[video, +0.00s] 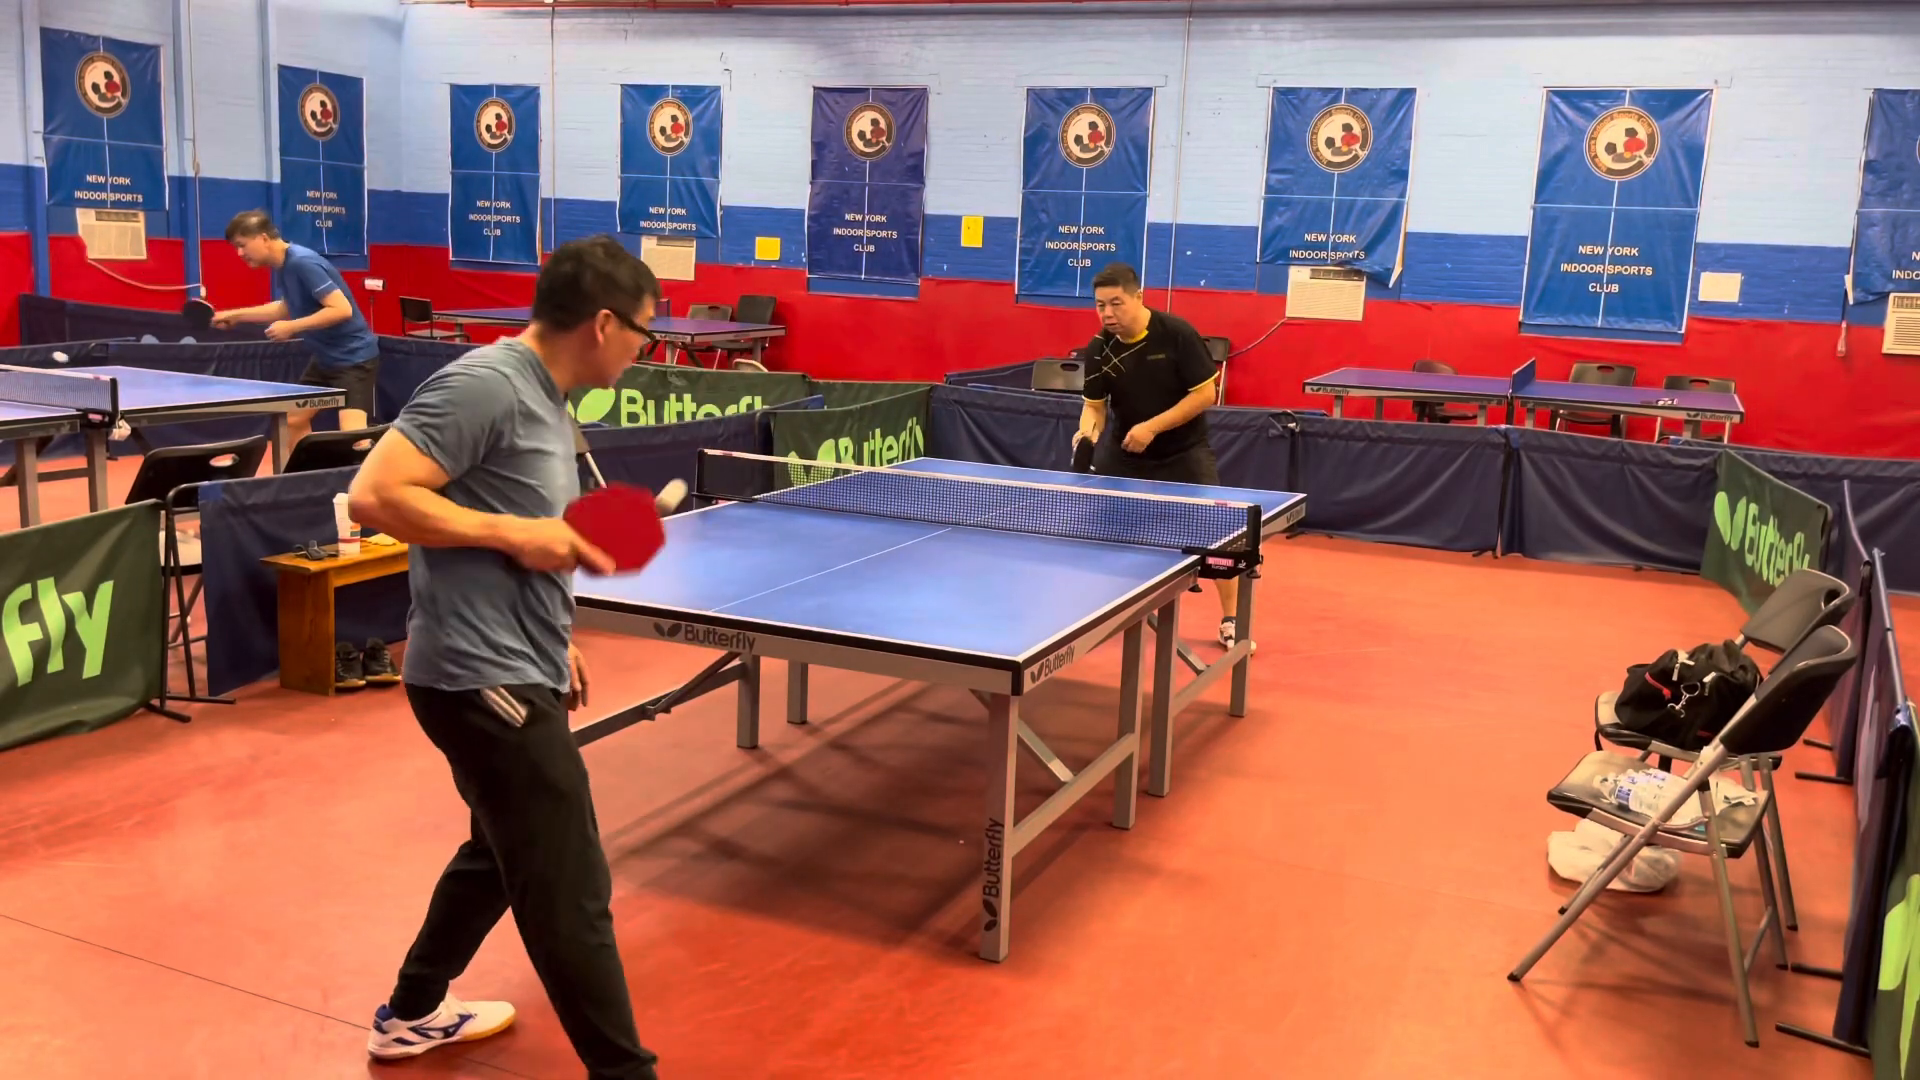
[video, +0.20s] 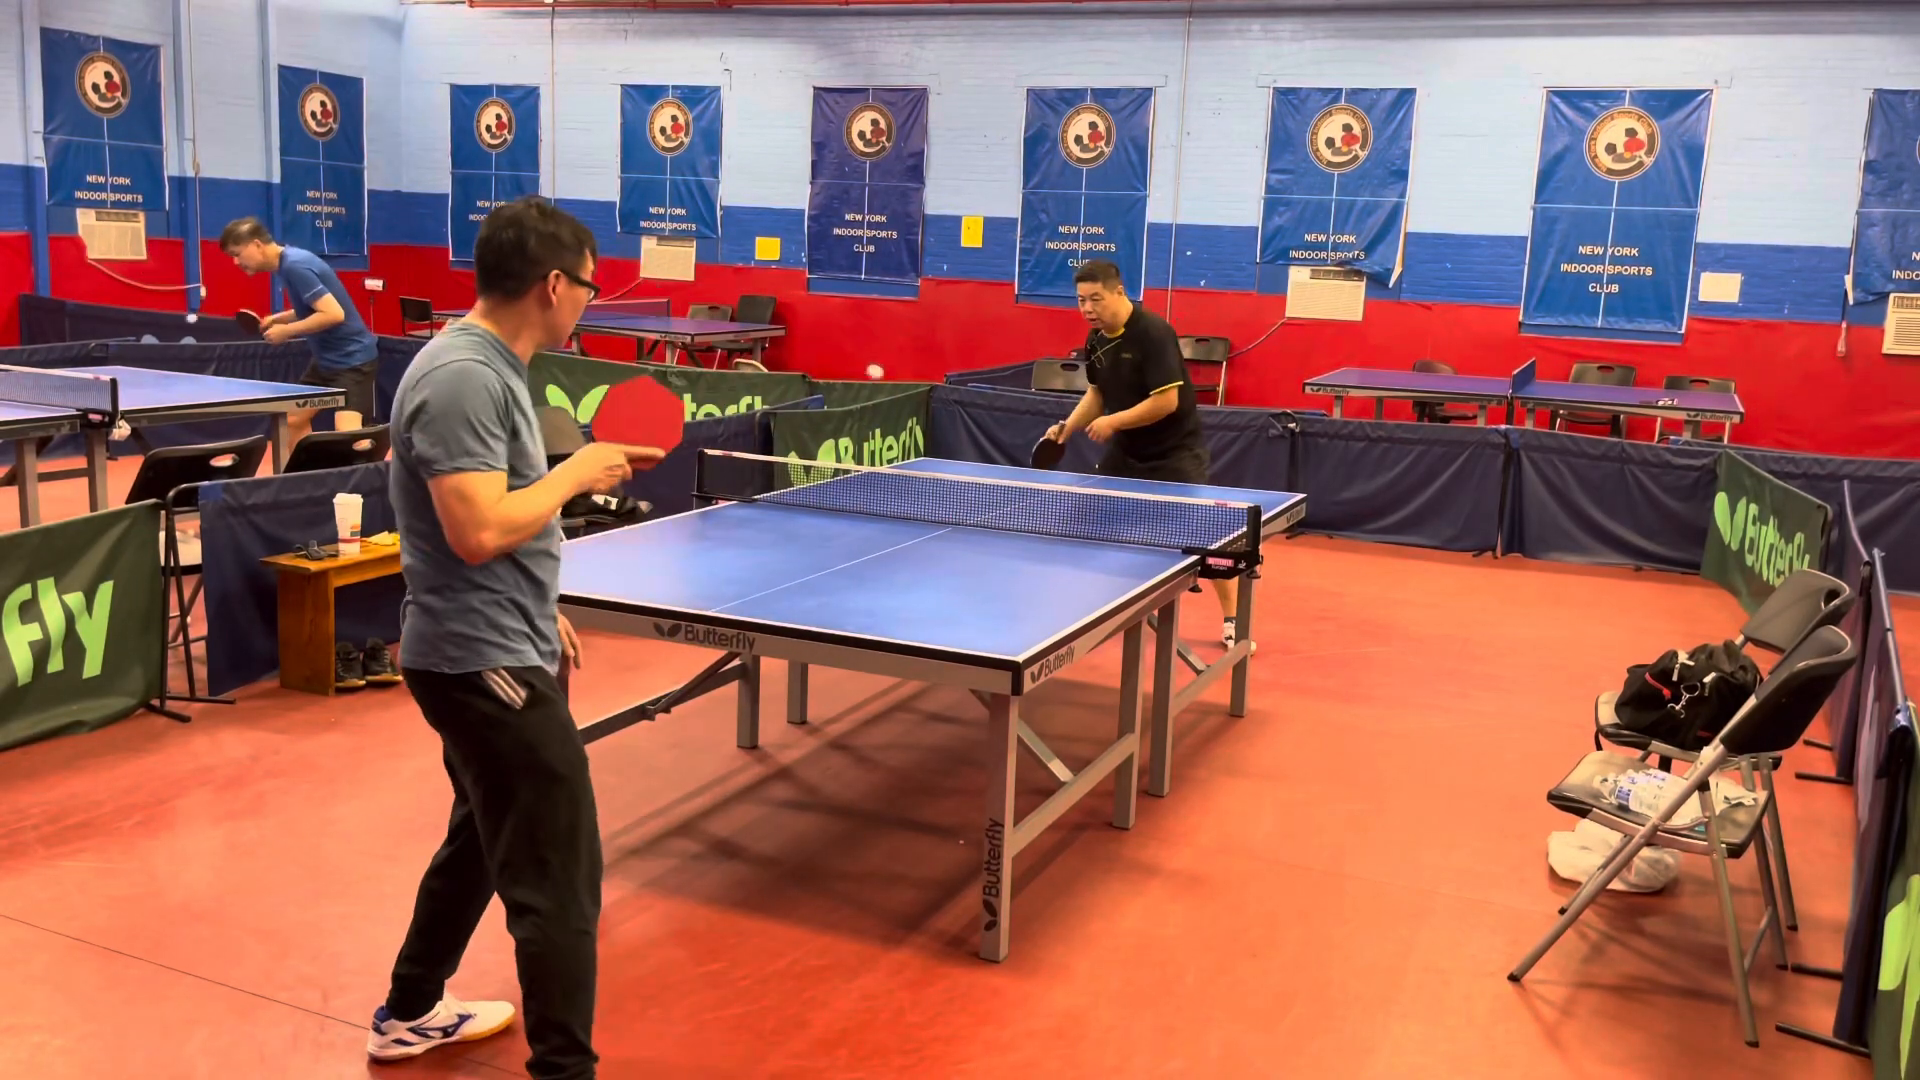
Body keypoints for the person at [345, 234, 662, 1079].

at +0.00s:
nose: (639, 353)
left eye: (644, 337)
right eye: (639, 334)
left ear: (588, 320)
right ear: (597, 322)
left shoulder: (546, 399)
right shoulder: (484, 382)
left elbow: (516, 532)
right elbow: (374, 494)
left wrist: (557, 638)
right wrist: (507, 531)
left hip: (518, 670)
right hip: (475, 676)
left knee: (501, 852)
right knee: (569, 887)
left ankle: (410, 1013)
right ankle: (624, 1067)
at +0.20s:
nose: (585, 306)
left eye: (588, 290)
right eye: (584, 288)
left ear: (515, 282)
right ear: (550, 286)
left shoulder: (493, 368)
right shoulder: (459, 378)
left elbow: (503, 517)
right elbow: (475, 531)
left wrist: (542, 611)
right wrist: (574, 474)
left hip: (494, 651)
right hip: (481, 659)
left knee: (484, 835)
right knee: (560, 873)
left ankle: (408, 1012)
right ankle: (564, 1065)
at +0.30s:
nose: (583, 310)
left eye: (585, 294)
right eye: (582, 293)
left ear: (493, 285)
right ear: (553, 291)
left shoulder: (450, 363)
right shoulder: (489, 383)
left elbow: (458, 531)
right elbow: (532, 538)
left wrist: (537, 608)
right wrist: (600, 468)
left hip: (453, 658)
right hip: (493, 665)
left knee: (487, 833)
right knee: (564, 873)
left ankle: (408, 1012)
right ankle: (584, 1065)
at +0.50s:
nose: (624, 338)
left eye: (622, 320)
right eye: (621, 321)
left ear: (527, 316)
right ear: (597, 323)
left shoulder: (447, 397)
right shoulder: (564, 422)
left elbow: (408, 527)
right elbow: (592, 582)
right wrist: (653, 538)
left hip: (435, 685)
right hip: (512, 700)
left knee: (486, 840)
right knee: (597, 891)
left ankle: (409, 1011)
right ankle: (638, 1071)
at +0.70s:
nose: (696, 355)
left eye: (696, 338)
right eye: (695, 339)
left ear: (600, 332)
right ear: (673, 344)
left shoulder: (521, 395)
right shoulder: (618, 438)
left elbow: (452, 519)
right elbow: (577, 601)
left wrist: (501, 624)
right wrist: (653, 703)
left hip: (441, 682)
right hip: (516, 702)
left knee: (482, 837)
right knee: (621, 910)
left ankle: (406, 1014)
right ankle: (643, 1068)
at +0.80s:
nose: (720, 385)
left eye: (722, 368)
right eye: (720, 367)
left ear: (633, 355)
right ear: (694, 370)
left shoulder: (560, 409)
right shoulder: (616, 460)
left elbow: (515, 544)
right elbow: (554, 625)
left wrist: (588, 615)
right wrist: (611, 764)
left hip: (444, 682)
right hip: (497, 707)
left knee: (494, 843)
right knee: (617, 902)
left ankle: (408, 1014)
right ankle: (638, 1065)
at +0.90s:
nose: (727, 404)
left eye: (730, 387)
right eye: (727, 386)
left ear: (644, 371)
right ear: (698, 387)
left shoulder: (590, 426)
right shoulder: (599, 466)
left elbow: (556, 557)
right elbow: (531, 628)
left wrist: (646, 611)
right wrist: (585, 762)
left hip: (455, 693)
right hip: (485, 712)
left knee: (516, 840)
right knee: (621, 898)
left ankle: (411, 1014)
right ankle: (639, 1066)